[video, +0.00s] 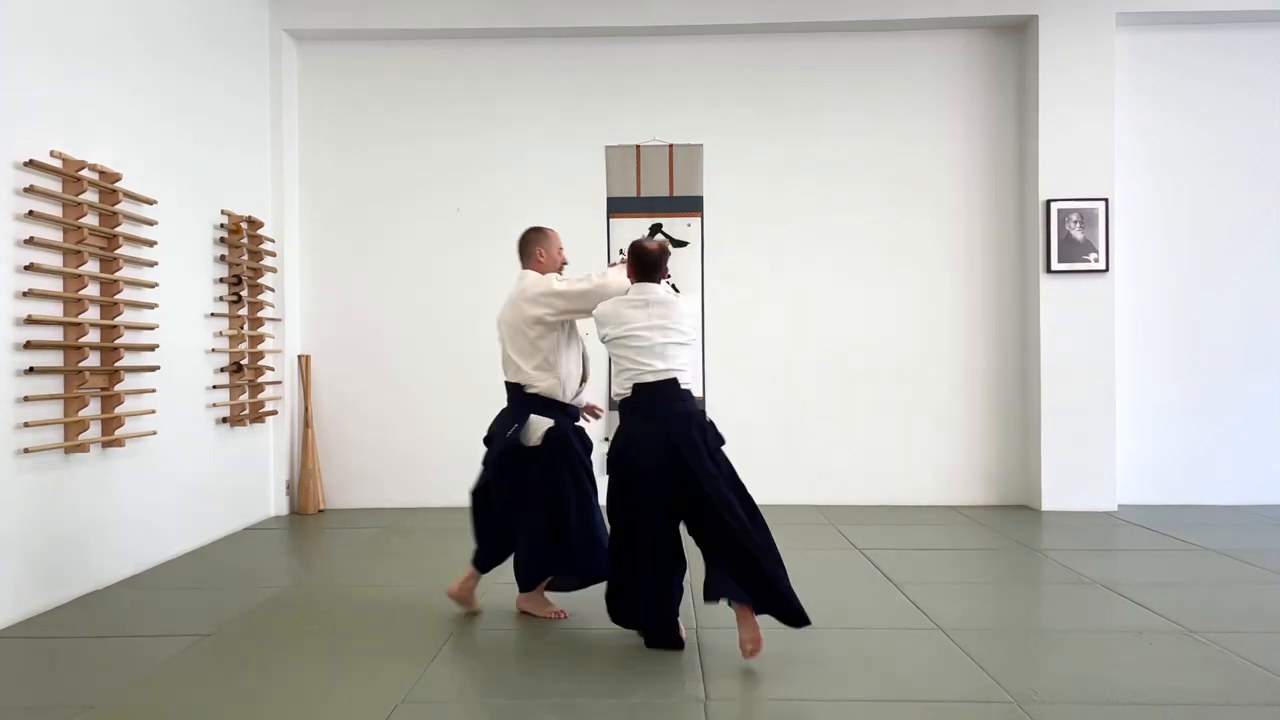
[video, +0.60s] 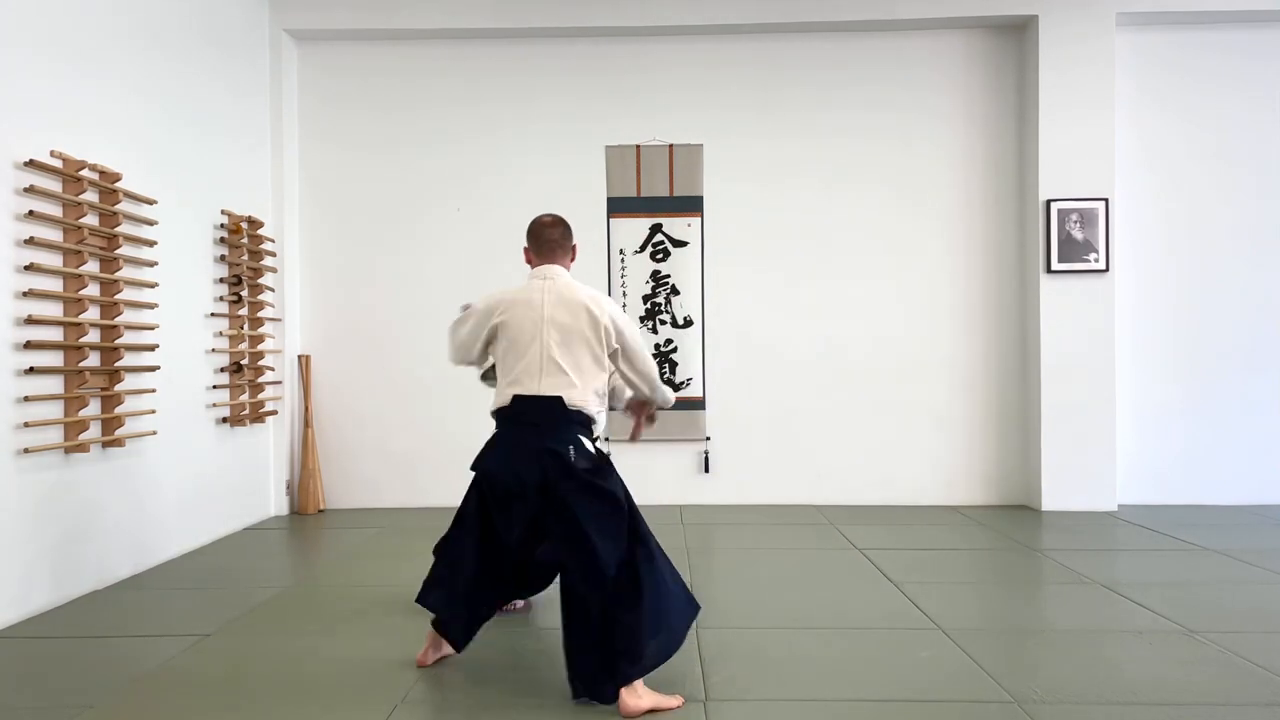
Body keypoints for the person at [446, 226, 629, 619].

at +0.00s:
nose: (565, 256)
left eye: (563, 250)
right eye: (560, 250)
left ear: (532, 256)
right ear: (540, 255)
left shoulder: (519, 297)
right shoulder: (542, 292)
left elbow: (532, 368)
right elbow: (601, 290)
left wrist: (576, 401)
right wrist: (621, 269)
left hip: (521, 415)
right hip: (546, 420)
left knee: (516, 504)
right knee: (546, 508)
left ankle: (467, 581)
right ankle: (530, 594)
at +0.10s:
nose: (528, 258)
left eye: (523, 251)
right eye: (525, 252)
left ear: (488, 262)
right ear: (516, 254)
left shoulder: (474, 314)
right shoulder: (538, 289)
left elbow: (495, 373)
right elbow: (599, 283)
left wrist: (552, 382)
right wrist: (597, 263)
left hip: (494, 420)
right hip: (538, 423)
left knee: (486, 511)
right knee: (545, 507)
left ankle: (433, 600)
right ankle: (520, 595)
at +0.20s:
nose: (505, 271)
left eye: (469, 271)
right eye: (508, 263)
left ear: (468, 274)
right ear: (508, 264)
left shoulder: (455, 317)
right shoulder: (541, 299)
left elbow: (446, 394)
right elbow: (565, 338)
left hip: (488, 434)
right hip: (542, 433)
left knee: (439, 520)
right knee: (562, 514)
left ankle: (419, 628)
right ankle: (532, 600)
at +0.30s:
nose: (470, 278)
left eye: (468, 273)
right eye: (504, 267)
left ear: (470, 276)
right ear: (512, 270)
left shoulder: (468, 318)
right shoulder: (535, 312)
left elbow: (418, 383)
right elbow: (494, 346)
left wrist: (381, 440)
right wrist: (436, 348)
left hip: (497, 441)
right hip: (550, 439)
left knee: (440, 528)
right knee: (567, 529)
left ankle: (416, 634)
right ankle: (587, 614)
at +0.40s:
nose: (485, 279)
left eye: (483, 274)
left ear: (485, 275)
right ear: (528, 270)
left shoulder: (478, 316)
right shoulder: (554, 319)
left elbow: (425, 373)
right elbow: (520, 388)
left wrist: (379, 420)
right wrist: (451, 397)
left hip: (499, 451)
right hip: (560, 452)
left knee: (447, 538)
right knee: (601, 543)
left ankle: (416, 636)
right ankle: (623, 654)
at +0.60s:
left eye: (531, 251)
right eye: (571, 254)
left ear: (526, 256)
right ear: (574, 256)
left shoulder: (500, 304)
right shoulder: (600, 308)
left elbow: (460, 350)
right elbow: (645, 374)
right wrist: (645, 401)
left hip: (511, 442)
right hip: (574, 446)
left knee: (481, 535)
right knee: (609, 558)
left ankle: (439, 637)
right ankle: (630, 686)